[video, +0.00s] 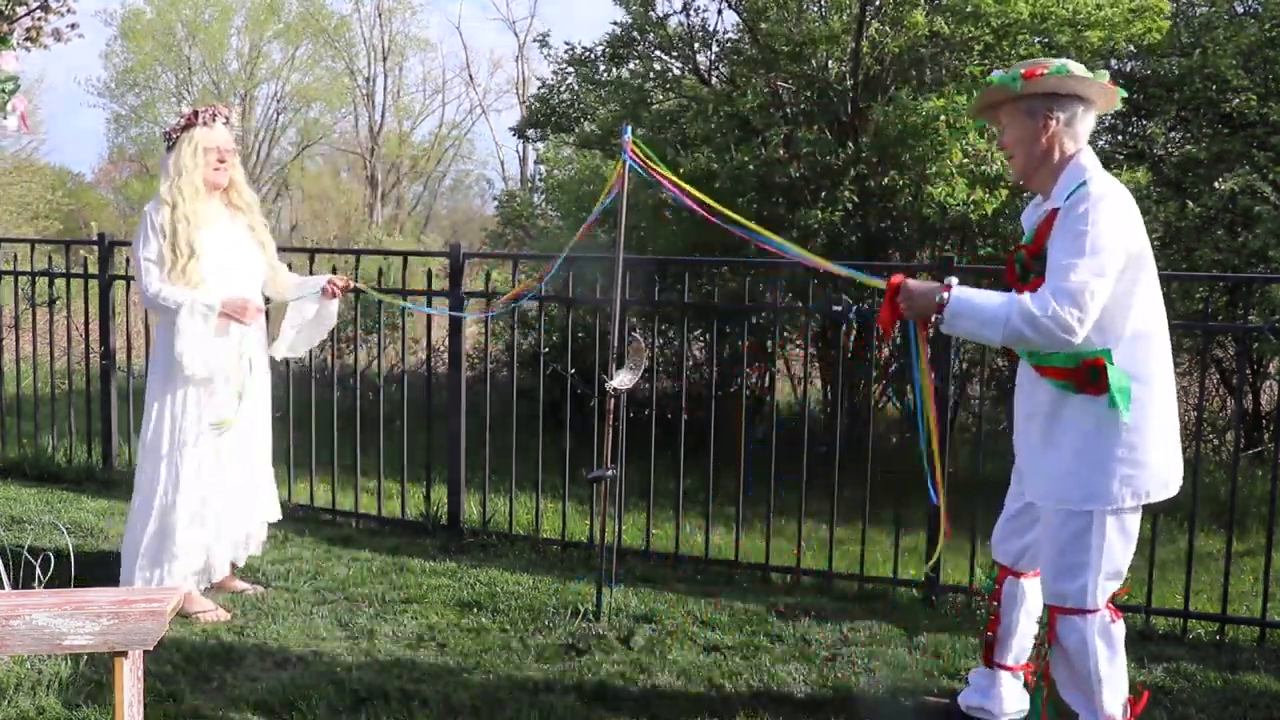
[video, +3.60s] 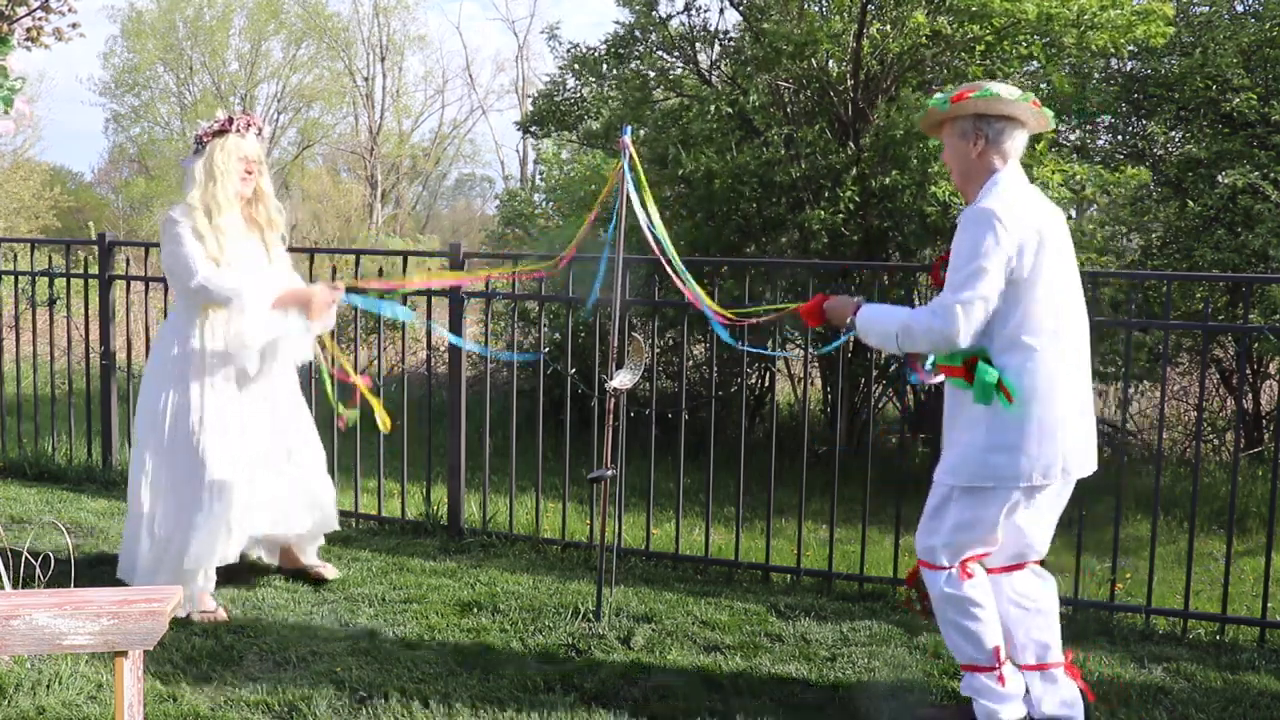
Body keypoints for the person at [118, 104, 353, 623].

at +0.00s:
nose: (223, 159)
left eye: (230, 151)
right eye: (212, 151)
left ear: (237, 158)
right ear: (185, 158)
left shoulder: (242, 213)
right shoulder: (164, 212)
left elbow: (271, 282)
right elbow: (151, 287)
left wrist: (319, 287)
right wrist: (219, 306)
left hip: (243, 361)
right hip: (190, 363)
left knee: (236, 463)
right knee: (189, 467)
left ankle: (221, 570)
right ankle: (178, 584)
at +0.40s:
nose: (229, 163)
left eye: (233, 154)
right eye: (218, 154)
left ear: (238, 161)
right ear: (189, 160)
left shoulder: (237, 221)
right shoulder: (170, 216)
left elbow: (256, 304)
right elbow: (212, 280)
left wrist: (303, 300)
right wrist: (295, 289)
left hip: (235, 363)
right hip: (189, 363)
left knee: (234, 463)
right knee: (191, 468)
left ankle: (224, 569)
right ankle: (180, 586)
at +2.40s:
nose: (251, 166)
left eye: (253, 158)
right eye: (240, 159)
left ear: (257, 163)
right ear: (213, 167)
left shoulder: (255, 224)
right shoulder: (193, 219)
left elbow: (281, 298)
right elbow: (224, 274)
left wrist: (340, 278)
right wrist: (303, 262)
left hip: (257, 364)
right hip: (214, 365)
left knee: (248, 466)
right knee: (211, 468)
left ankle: (214, 584)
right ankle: (190, 593)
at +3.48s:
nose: (248, 163)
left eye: (255, 155)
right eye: (237, 154)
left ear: (263, 163)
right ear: (211, 160)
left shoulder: (264, 217)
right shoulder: (182, 209)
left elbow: (282, 289)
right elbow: (186, 258)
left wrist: (314, 271)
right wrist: (264, 251)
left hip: (261, 343)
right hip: (200, 349)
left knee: (283, 437)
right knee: (197, 460)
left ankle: (281, 543)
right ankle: (195, 582)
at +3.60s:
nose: (250, 168)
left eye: (257, 160)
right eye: (239, 159)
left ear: (263, 169)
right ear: (212, 166)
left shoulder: (261, 227)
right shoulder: (182, 223)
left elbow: (283, 290)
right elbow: (204, 283)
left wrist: (314, 306)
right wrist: (285, 296)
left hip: (259, 356)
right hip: (201, 360)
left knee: (284, 449)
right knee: (206, 467)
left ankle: (291, 546)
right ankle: (195, 584)